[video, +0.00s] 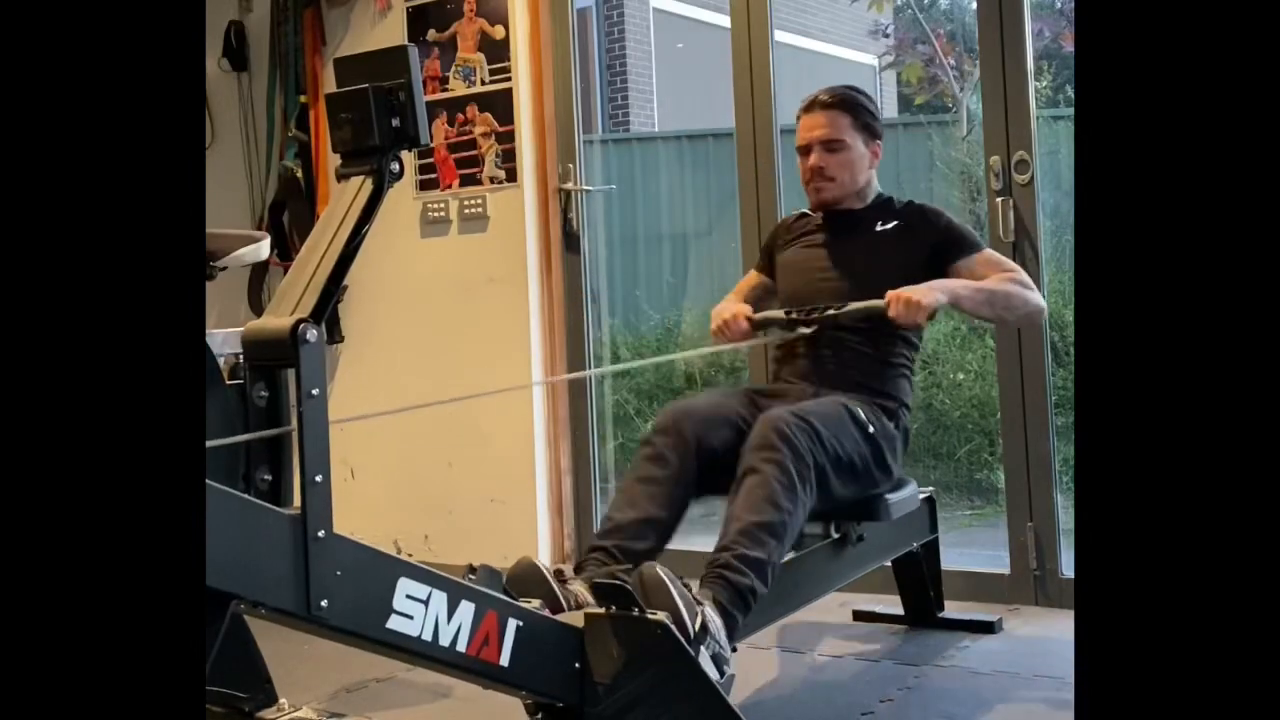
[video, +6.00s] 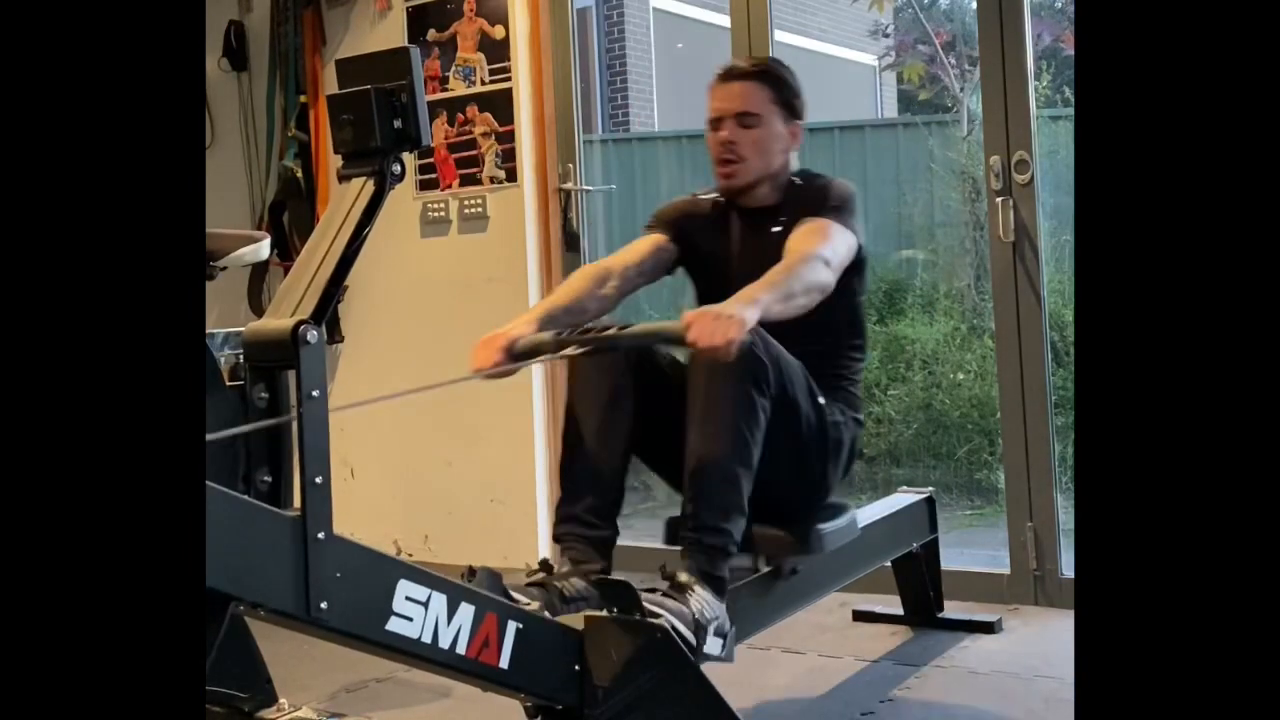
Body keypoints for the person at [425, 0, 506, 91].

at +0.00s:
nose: (471, 7)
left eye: (473, 4)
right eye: (468, 4)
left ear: (476, 7)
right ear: (463, 8)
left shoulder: (480, 22)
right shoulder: (458, 25)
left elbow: (494, 34)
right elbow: (445, 36)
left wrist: (498, 32)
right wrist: (435, 36)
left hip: (474, 61)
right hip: (460, 60)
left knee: (474, 89)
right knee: (458, 89)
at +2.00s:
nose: (471, 8)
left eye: (473, 5)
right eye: (468, 5)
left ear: (476, 8)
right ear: (463, 8)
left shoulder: (480, 22)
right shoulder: (458, 24)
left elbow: (493, 33)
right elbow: (445, 36)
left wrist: (498, 32)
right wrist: (435, 36)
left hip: (474, 60)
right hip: (460, 59)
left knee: (474, 88)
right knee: (458, 89)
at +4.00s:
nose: (471, 7)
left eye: (473, 4)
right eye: (468, 4)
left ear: (476, 7)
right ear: (463, 8)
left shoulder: (480, 22)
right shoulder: (457, 25)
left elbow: (493, 34)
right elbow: (445, 36)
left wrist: (498, 32)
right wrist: (435, 36)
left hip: (474, 60)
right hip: (460, 59)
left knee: (474, 89)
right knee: (458, 89)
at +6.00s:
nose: (471, 7)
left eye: (473, 5)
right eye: (468, 5)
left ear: (476, 8)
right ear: (463, 8)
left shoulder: (480, 22)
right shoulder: (457, 25)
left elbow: (493, 34)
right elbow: (445, 36)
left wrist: (498, 32)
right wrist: (435, 36)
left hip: (474, 60)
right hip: (460, 59)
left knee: (474, 89)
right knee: (459, 90)